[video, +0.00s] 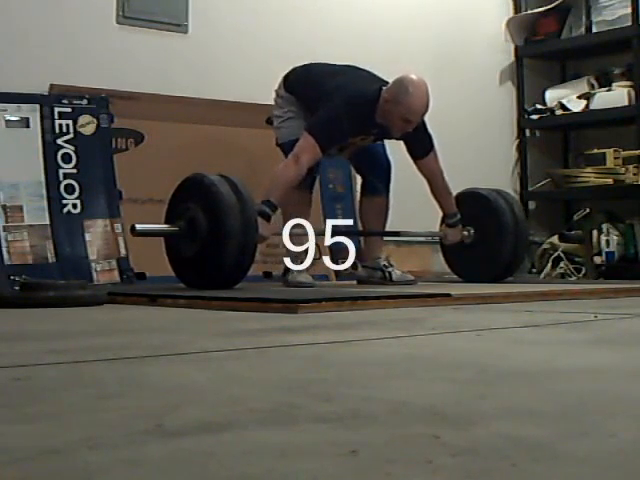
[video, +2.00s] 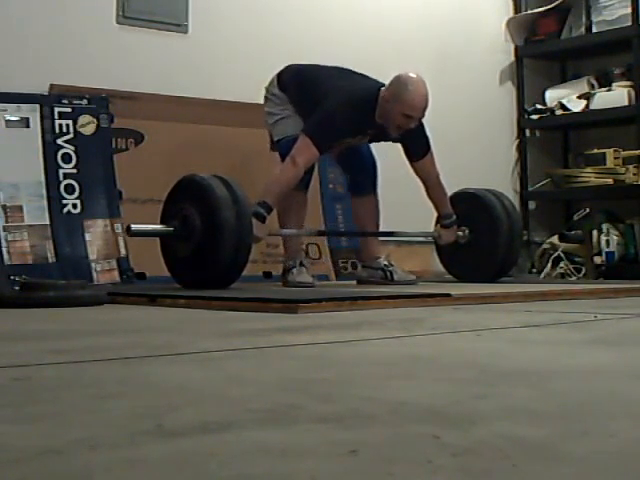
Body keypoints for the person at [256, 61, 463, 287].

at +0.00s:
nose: (410, 130)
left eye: (415, 124)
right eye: (405, 121)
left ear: (422, 115)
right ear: (385, 103)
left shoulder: (409, 117)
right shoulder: (348, 108)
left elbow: (432, 171)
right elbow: (299, 161)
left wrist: (453, 218)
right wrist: (266, 210)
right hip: (296, 102)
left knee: (379, 170)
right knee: (303, 172)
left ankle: (372, 263)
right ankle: (296, 265)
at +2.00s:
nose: (411, 126)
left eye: (417, 120)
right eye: (407, 117)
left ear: (422, 114)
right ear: (385, 100)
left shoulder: (408, 122)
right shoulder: (346, 109)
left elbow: (429, 175)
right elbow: (296, 162)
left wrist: (448, 218)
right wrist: (260, 212)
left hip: (334, 107)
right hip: (288, 98)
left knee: (363, 167)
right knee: (298, 170)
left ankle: (371, 263)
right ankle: (295, 265)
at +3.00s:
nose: (405, 109)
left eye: (412, 103)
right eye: (401, 100)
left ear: (417, 100)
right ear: (380, 88)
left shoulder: (410, 127)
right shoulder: (342, 110)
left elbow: (432, 177)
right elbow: (295, 163)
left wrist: (448, 220)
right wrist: (259, 215)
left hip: (337, 151)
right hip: (286, 134)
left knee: (396, 174)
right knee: (298, 173)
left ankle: (374, 263)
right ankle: (293, 266)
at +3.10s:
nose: (404, 105)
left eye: (410, 98)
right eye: (399, 95)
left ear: (415, 97)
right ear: (377, 87)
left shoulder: (410, 128)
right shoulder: (340, 112)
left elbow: (433, 176)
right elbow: (293, 159)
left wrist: (450, 220)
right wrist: (261, 213)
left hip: (345, 180)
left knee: (403, 175)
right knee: (307, 171)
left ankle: (374, 263)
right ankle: (293, 266)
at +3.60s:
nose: (402, 66)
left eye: (404, 60)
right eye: (392, 58)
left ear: (405, 69)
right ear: (366, 68)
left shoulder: (401, 119)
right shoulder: (335, 103)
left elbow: (425, 166)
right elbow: (294, 153)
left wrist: (447, 211)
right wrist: (265, 206)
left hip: (355, 181)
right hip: (316, 177)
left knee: (409, 178)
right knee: (315, 171)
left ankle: (375, 262)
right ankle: (294, 264)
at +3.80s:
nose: (406, 43)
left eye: (409, 38)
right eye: (396, 36)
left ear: (412, 47)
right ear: (372, 44)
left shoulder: (402, 96)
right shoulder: (341, 78)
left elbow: (424, 141)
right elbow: (296, 127)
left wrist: (445, 188)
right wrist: (265, 176)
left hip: (350, 145)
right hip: (302, 138)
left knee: (396, 172)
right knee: (305, 157)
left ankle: (375, 262)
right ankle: (292, 263)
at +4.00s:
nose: (404, 7)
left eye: (406, 2)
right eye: (394, 1)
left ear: (408, 10)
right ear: (371, 6)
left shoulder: (399, 62)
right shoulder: (340, 44)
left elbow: (417, 106)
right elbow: (291, 89)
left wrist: (439, 154)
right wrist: (261, 134)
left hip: (341, 119)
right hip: (296, 112)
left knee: (380, 168)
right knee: (294, 159)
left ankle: (374, 262)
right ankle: (291, 263)